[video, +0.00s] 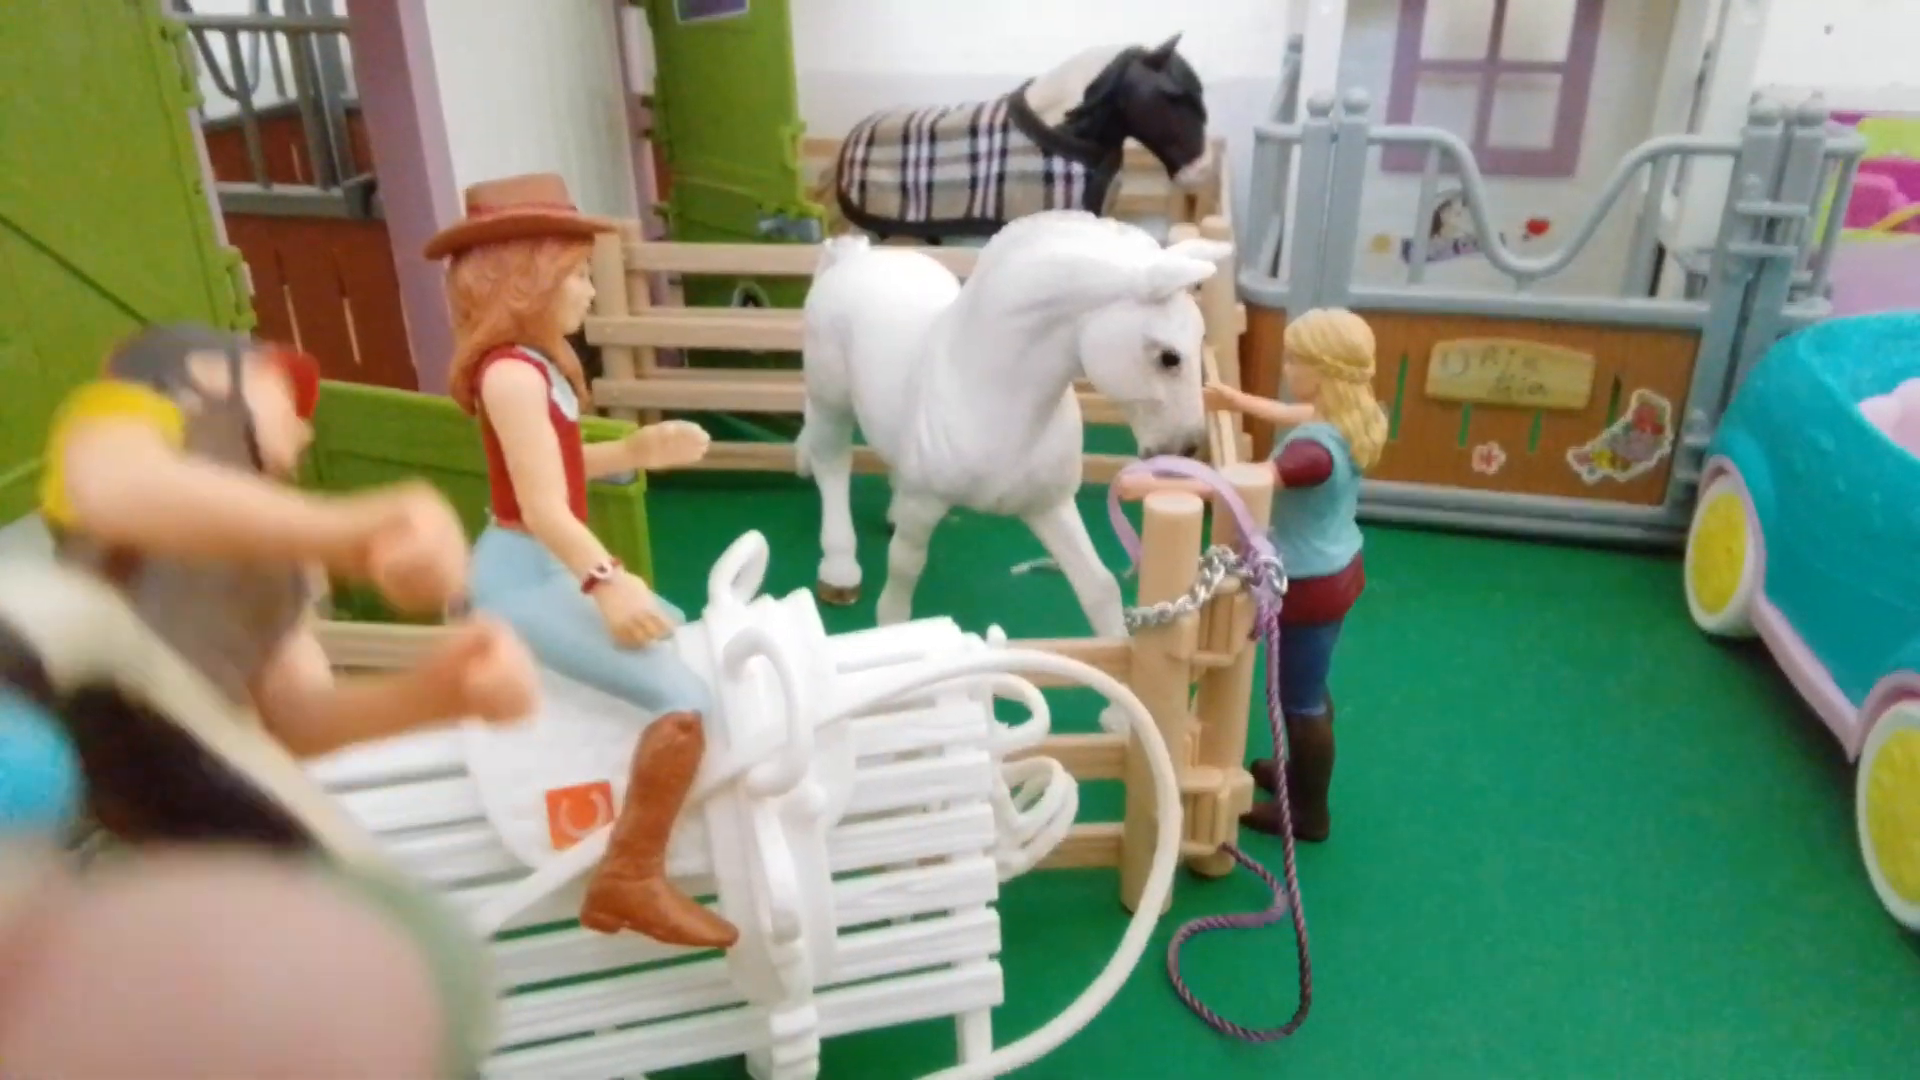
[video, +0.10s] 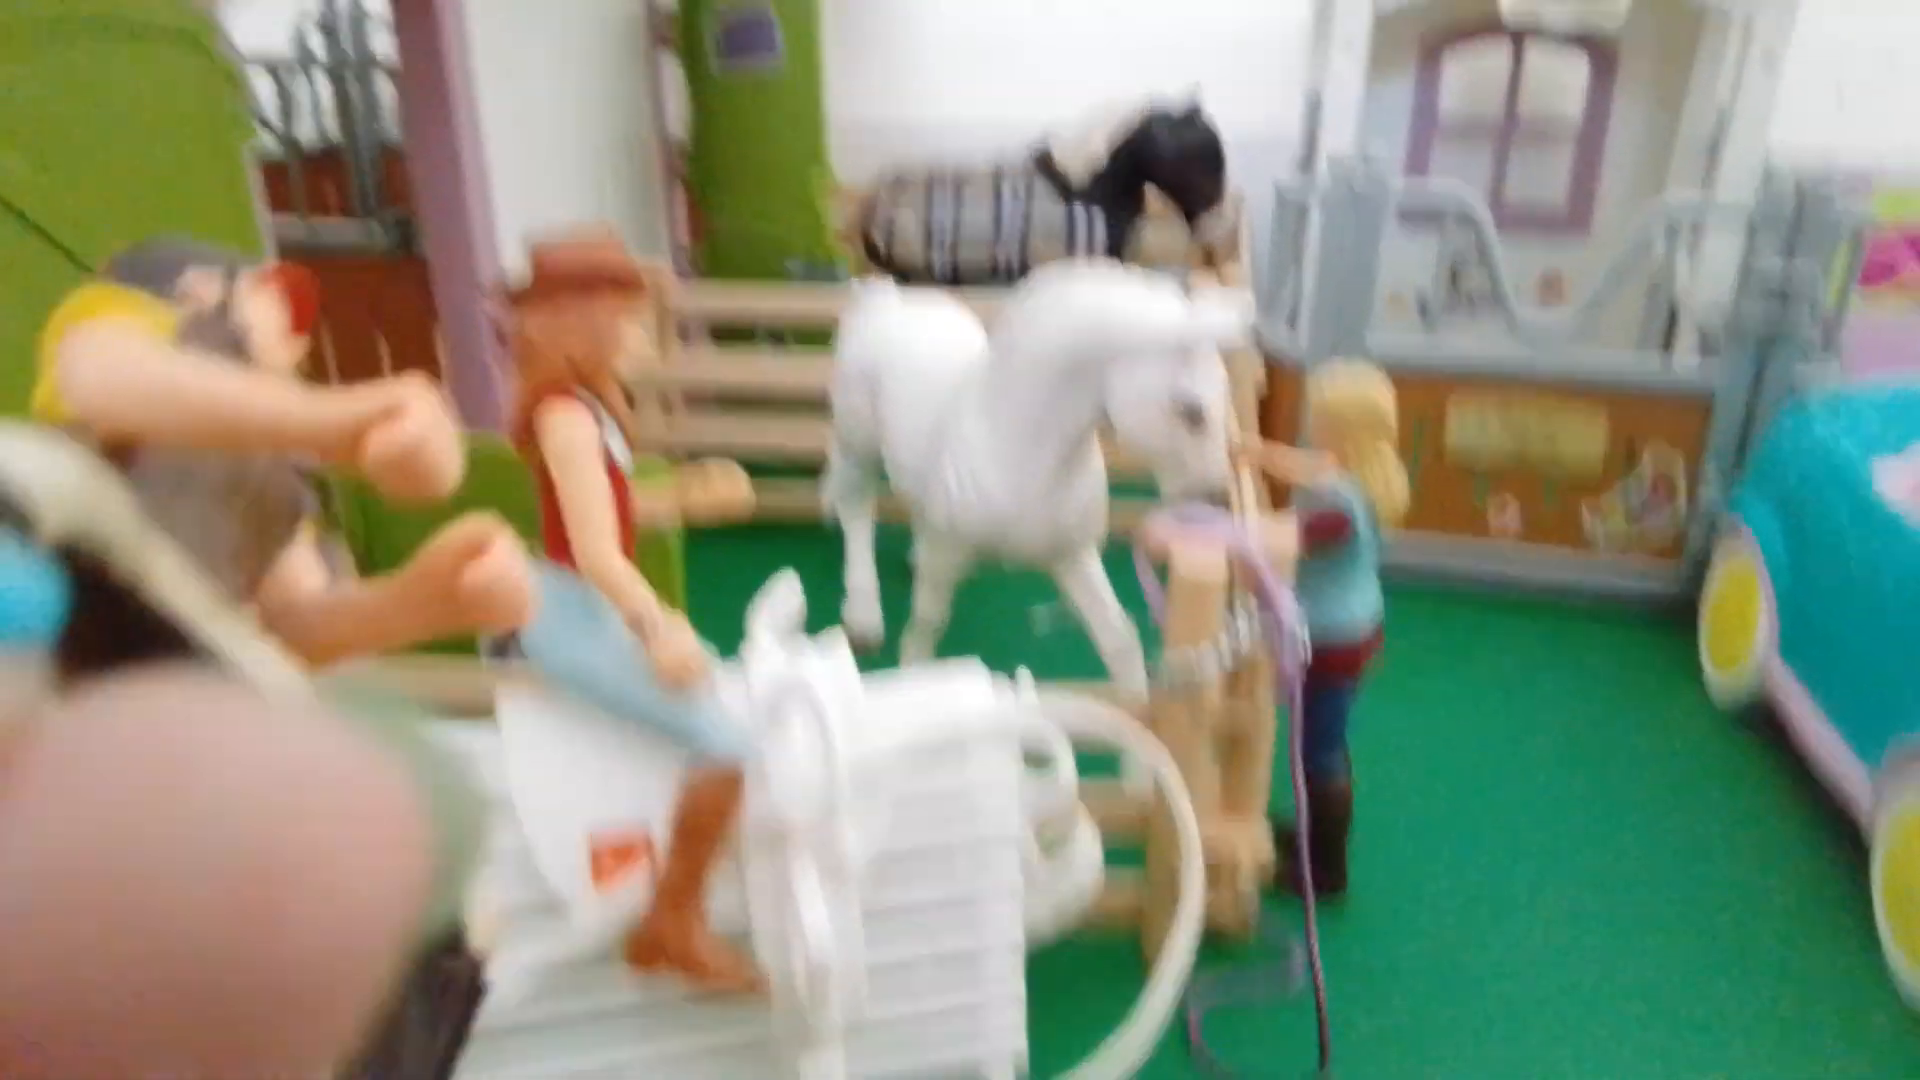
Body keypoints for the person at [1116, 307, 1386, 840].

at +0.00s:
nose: (1286, 371)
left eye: (1294, 362)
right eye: (1288, 361)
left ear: (1323, 372)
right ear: (1340, 373)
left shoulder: (1320, 447)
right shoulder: (1350, 418)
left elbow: (1251, 478)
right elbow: (1293, 416)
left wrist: (1165, 483)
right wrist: (1239, 399)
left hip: (1308, 588)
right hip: (1333, 569)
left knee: (1301, 702)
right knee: (1302, 683)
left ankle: (1305, 814)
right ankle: (1300, 774)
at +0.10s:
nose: (1312, 427)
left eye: (1319, 417)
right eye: (1315, 417)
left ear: (1338, 424)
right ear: (1372, 423)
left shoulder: (1341, 497)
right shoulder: (1363, 480)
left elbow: (1281, 536)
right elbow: (1307, 469)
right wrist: (1256, 449)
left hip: (1333, 635)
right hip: (1352, 625)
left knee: (1319, 750)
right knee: (1325, 743)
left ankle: (1323, 867)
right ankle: (1318, 847)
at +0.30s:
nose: (1307, 680)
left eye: (1314, 671)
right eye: (1309, 670)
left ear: (1339, 683)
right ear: (1352, 683)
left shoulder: (1339, 755)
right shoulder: (1361, 727)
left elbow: (1272, 786)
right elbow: (1311, 711)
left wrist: (1203, 781)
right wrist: (1257, 689)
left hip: (1336, 888)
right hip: (1364, 866)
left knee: (1332, 998)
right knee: (1338, 979)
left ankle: (1340, 1071)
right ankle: (1337, 1060)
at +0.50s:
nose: (1327, 652)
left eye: (1334, 645)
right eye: (1328, 644)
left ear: (1359, 657)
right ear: (1379, 656)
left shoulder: (1356, 728)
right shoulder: (1391, 698)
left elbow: (1276, 762)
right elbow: (1333, 684)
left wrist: (1206, 754)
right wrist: (1279, 663)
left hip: (1358, 858)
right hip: (1384, 839)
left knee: (1358, 968)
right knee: (1363, 949)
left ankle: (1364, 1068)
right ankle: (1358, 1035)